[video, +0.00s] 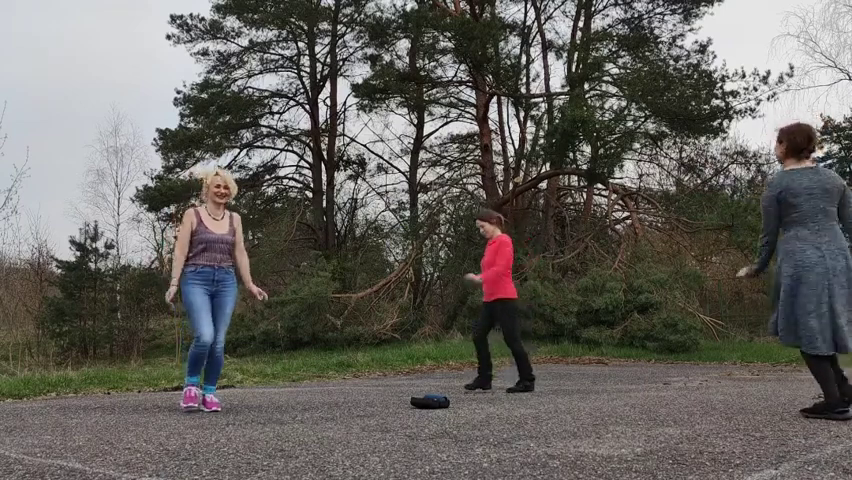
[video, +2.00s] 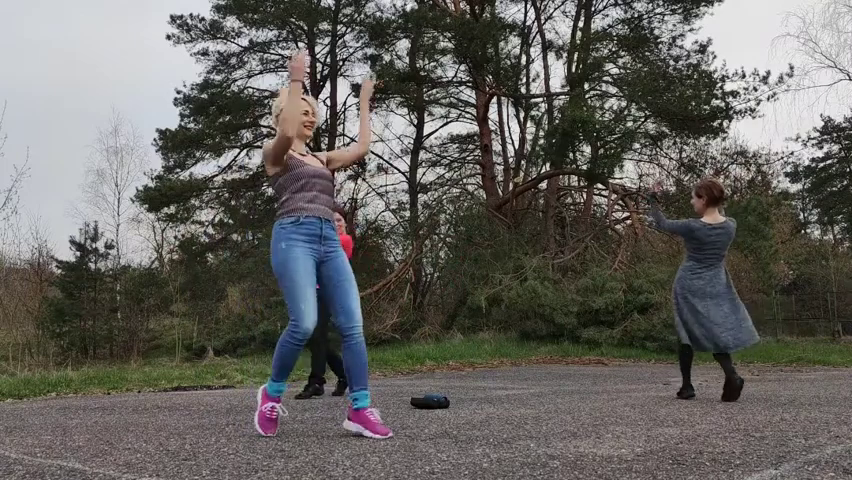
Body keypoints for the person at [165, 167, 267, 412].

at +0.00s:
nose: (222, 191)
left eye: (226, 187)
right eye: (217, 186)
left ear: (231, 192)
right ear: (207, 189)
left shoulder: (234, 219)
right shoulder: (193, 214)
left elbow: (240, 253)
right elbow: (181, 251)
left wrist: (249, 283)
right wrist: (174, 282)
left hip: (226, 280)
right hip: (195, 279)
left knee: (218, 341)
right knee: (205, 337)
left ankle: (209, 392)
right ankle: (192, 385)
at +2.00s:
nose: (307, 116)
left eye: (311, 113)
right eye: (301, 111)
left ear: (316, 123)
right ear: (286, 119)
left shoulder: (323, 159)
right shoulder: (277, 155)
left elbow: (363, 146)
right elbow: (286, 131)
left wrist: (364, 99)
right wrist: (295, 81)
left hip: (331, 239)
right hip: (293, 235)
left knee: (351, 325)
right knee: (305, 322)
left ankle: (360, 408)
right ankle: (272, 394)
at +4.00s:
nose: (293, 114)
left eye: (297, 110)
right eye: (284, 110)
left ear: (304, 120)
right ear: (270, 122)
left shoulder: (303, 161)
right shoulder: (264, 151)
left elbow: (296, 210)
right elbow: (252, 198)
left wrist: (313, 216)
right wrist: (263, 171)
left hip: (305, 247)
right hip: (269, 243)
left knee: (304, 334)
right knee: (272, 331)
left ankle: (306, 414)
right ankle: (223, 389)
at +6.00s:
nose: (315, 105)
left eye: (314, 100)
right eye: (309, 100)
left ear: (295, 106)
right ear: (289, 104)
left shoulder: (297, 143)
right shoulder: (276, 138)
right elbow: (259, 186)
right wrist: (279, 204)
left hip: (297, 239)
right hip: (275, 236)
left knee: (298, 323)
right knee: (264, 324)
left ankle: (261, 399)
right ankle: (228, 404)